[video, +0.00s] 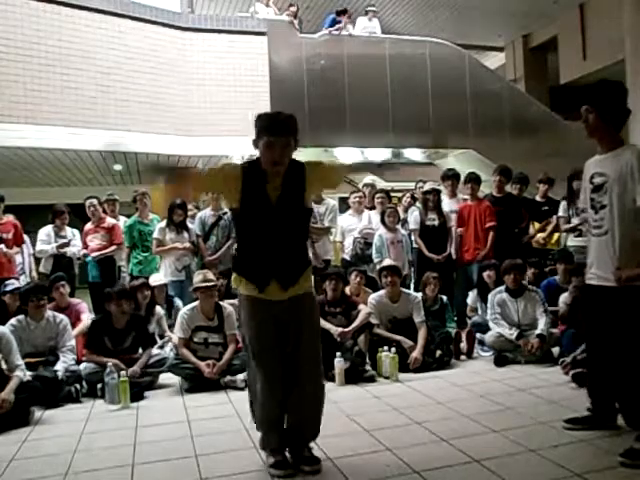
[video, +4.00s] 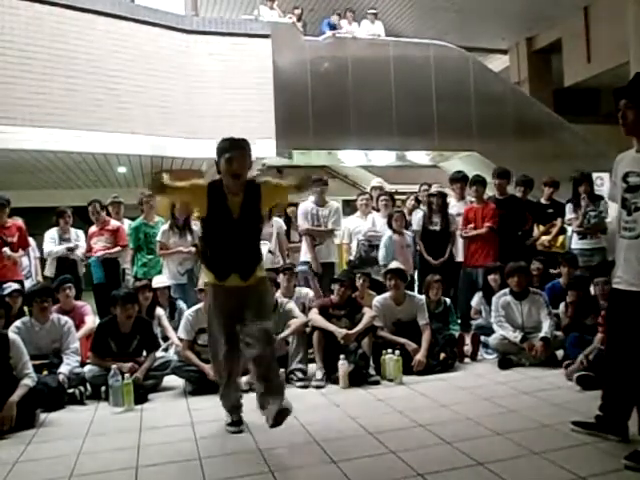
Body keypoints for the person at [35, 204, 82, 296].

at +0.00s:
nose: (64, 222)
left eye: (65, 219)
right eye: (61, 219)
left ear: (68, 219)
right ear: (54, 219)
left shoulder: (74, 232)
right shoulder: (45, 231)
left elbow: (78, 250)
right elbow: (38, 251)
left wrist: (66, 251)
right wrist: (55, 248)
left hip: (69, 271)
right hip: (49, 271)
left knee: (69, 300)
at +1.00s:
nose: (68, 224)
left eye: (69, 221)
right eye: (65, 221)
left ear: (72, 221)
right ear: (59, 221)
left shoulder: (77, 234)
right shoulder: (49, 234)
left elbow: (81, 251)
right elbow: (42, 253)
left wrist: (70, 253)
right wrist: (59, 250)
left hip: (72, 270)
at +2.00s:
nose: (68, 225)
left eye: (70, 222)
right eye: (65, 222)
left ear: (72, 221)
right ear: (59, 222)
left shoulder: (78, 235)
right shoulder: (49, 233)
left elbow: (81, 252)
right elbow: (43, 252)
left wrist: (69, 254)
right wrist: (59, 250)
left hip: (73, 269)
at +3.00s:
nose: (66, 221)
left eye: (69, 218)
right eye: (63, 218)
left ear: (72, 219)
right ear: (58, 220)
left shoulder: (78, 234)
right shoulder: (49, 233)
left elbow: (81, 252)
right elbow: (43, 252)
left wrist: (70, 254)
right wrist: (60, 250)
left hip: (73, 267)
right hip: (55, 266)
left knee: (74, 296)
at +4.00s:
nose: (67, 220)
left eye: (69, 217)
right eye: (63, 217)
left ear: (72, 219)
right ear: (58, 220)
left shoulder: (79, 233)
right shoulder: (50, 233)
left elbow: (82, 254)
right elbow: (47, 252)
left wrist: (68, 252)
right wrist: (66, 248)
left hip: (73, 265)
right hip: (56, 265)